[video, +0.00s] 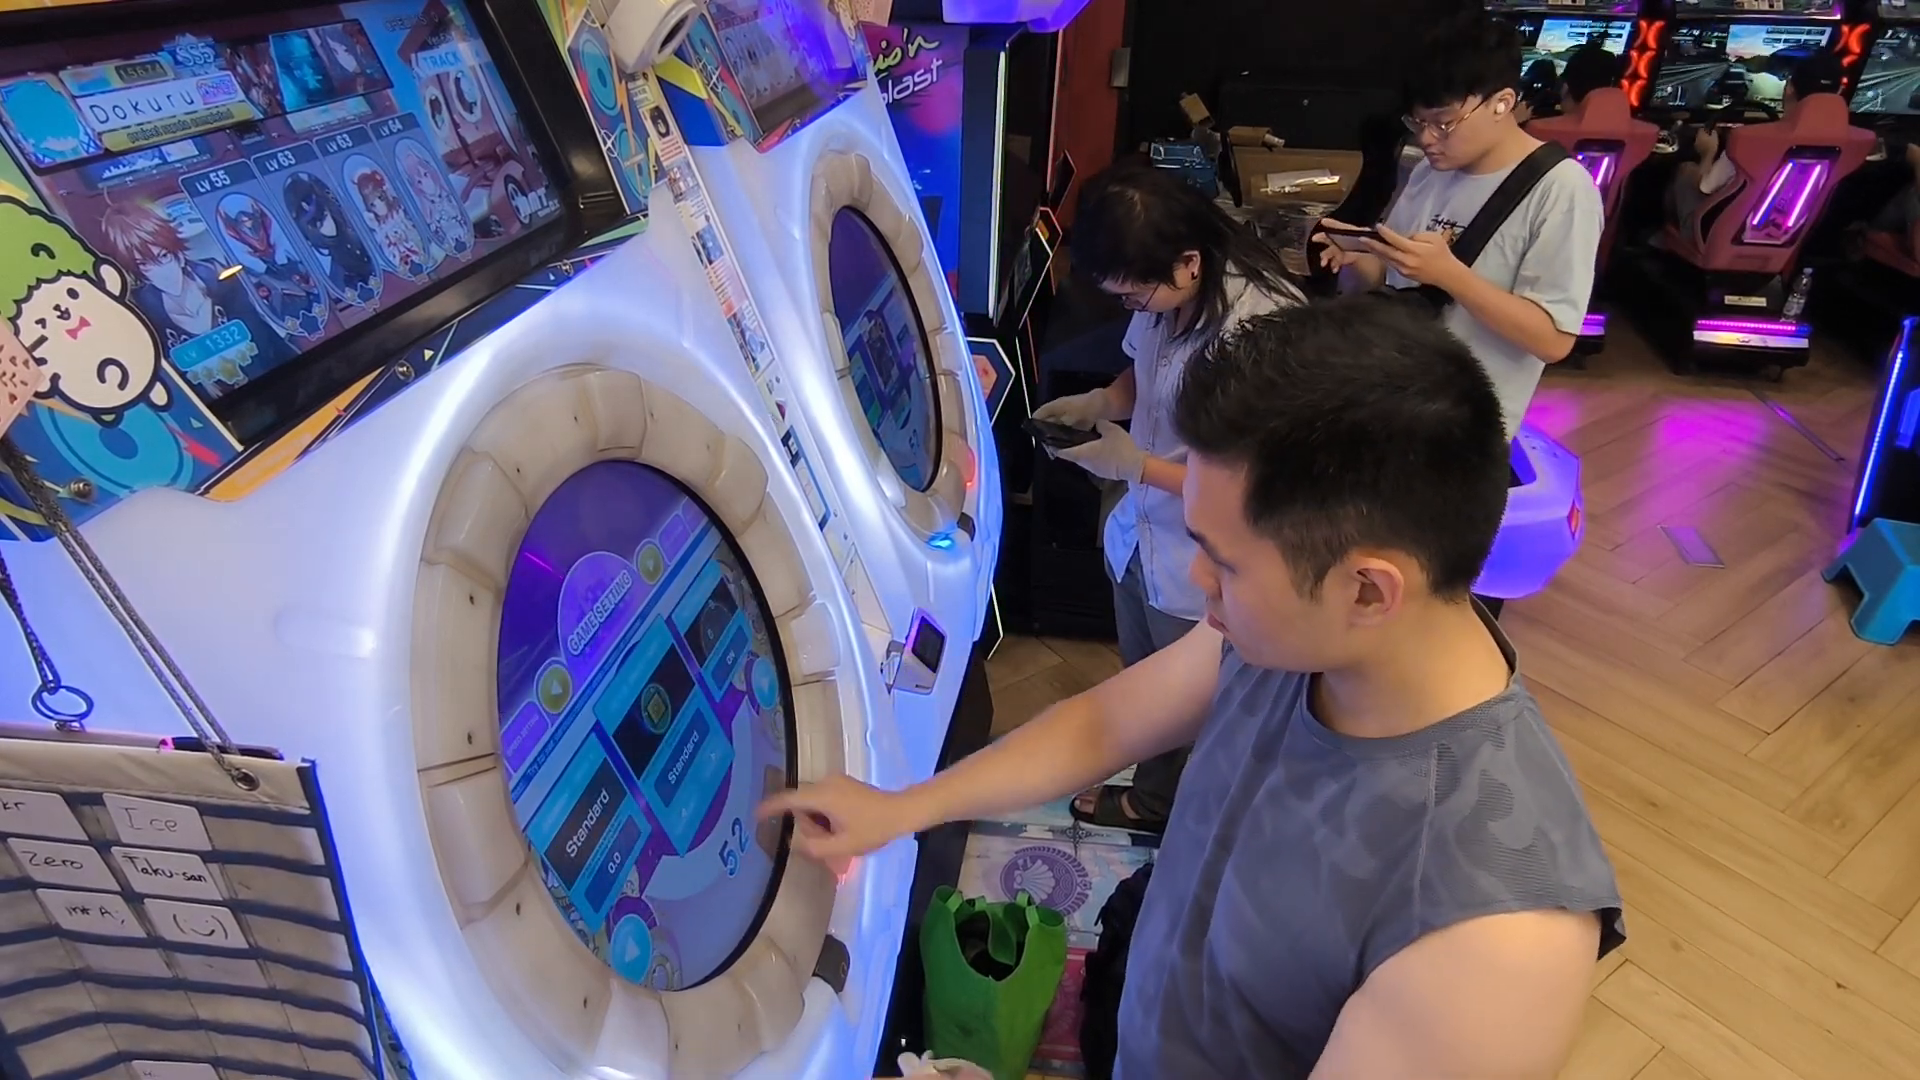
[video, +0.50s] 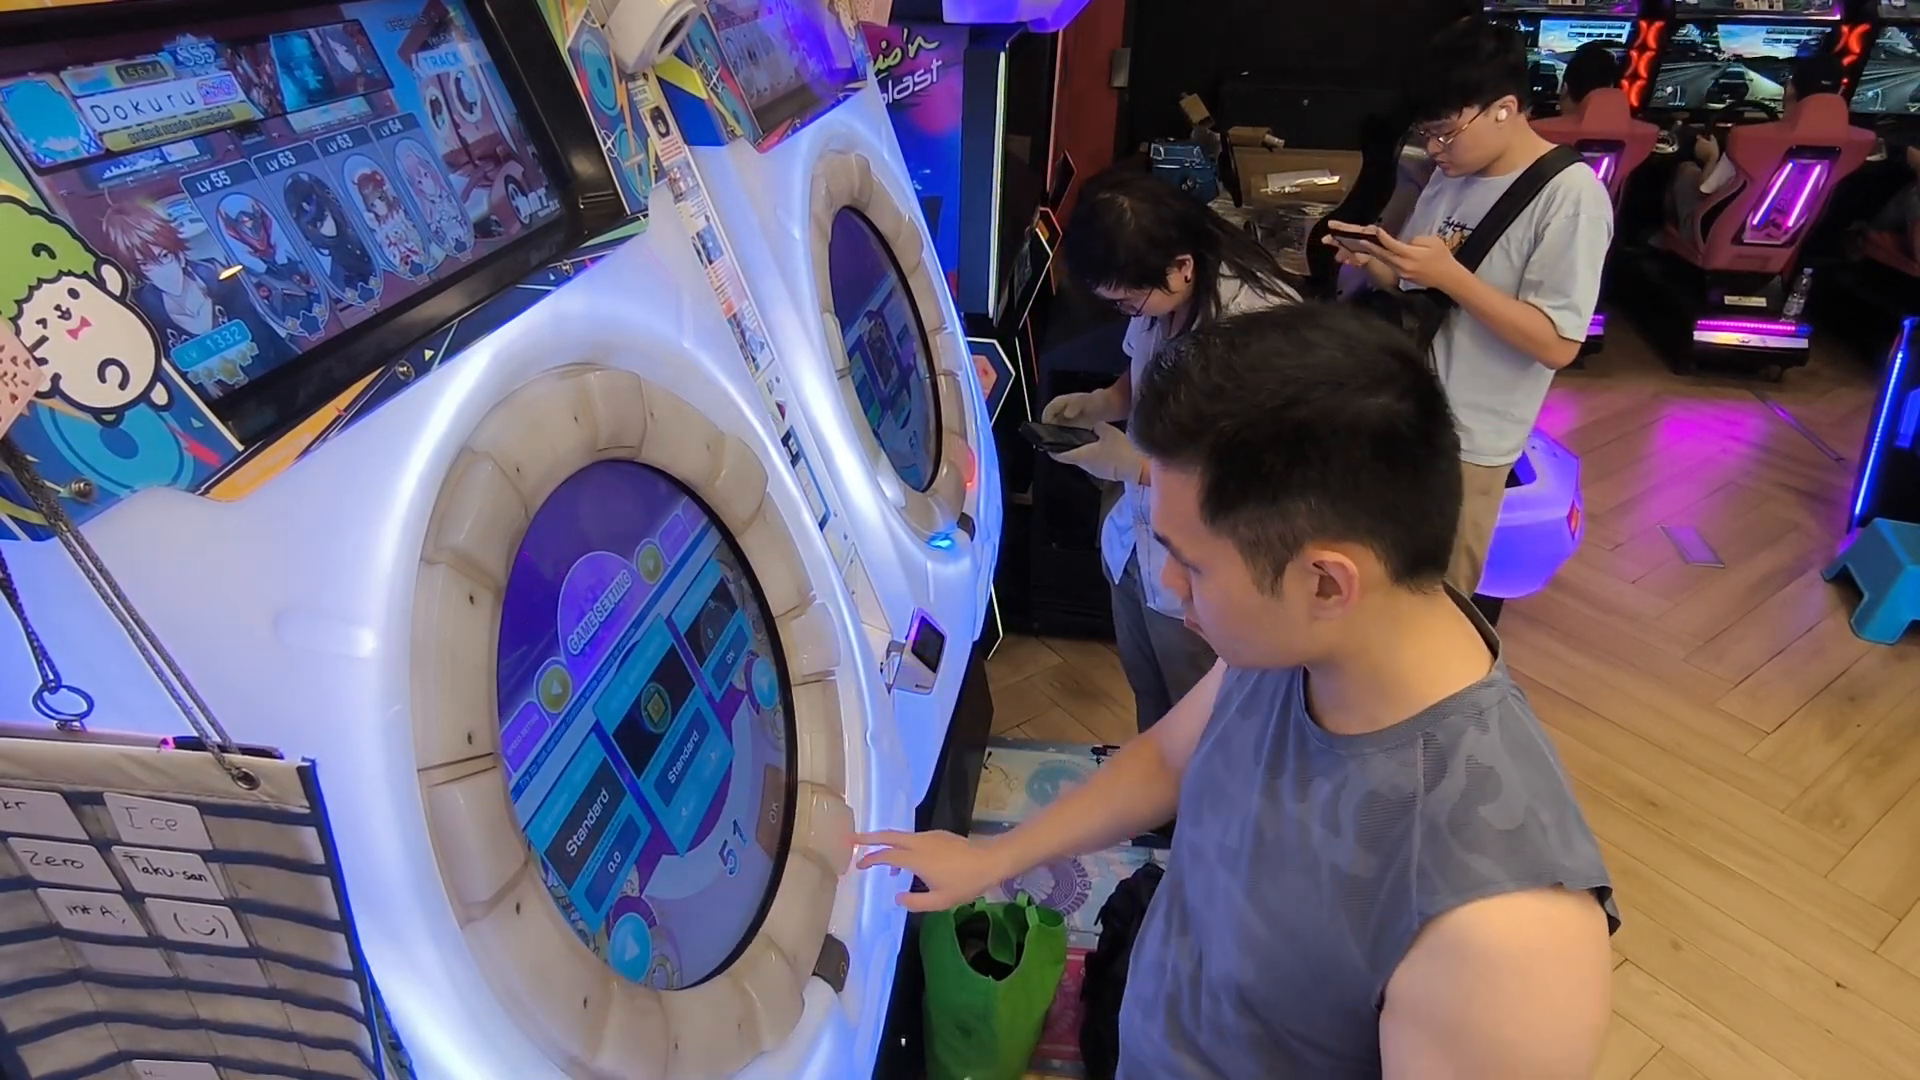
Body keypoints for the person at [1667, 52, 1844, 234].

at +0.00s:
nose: (1784, 88)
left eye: (1787, 82)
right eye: (1787, 81)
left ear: (1790, 90)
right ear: (1835, 93)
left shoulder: (1757, 139)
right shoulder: (1841, 148)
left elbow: (1707, 186)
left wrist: (1707, 152)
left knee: (1686, 170)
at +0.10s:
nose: (1784, 89)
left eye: (1787, 84)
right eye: (1788, 82)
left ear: (1790, 91)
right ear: (1835, 95)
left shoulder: (1755, 140)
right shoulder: (1840, 149)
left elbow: (1707, 187)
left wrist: (1710, 156)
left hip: (1721, 242)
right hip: (1782, 246)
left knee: (1686, 169)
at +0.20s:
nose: (1784, 87)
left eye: (1788, 82)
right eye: (1789, 81)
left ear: (1791, 90)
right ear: (1835, 94)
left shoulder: (1757, 140)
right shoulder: (1841, 149)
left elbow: (1706, 188)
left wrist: (1711, 156)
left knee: (1686, 169)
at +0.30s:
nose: (1784, 88)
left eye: (1788, 82)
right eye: (1787, 81)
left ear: (1793, 91)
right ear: (1834, 94)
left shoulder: (1756, 140)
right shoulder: (1843, 148)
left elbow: (1706, 187)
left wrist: (1712, 154)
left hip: (1722, 244)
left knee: (1686, 169)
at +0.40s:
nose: (1784, 87)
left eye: (1788, 82)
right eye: (1788, 81)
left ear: (1793, 91)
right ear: (1835, 94)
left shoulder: (1758, 141)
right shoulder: (1844, 150)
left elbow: (1706, 188)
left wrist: (1711, 156)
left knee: (1685, 169)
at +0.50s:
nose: (1784, 88)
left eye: (1788, 83)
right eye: (1787, 82)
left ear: (1793, 91)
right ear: (1835, 94)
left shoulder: (1756, 140)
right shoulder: (1847, 148)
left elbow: (1707, 188)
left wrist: (1711, 157)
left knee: (1686, 169)